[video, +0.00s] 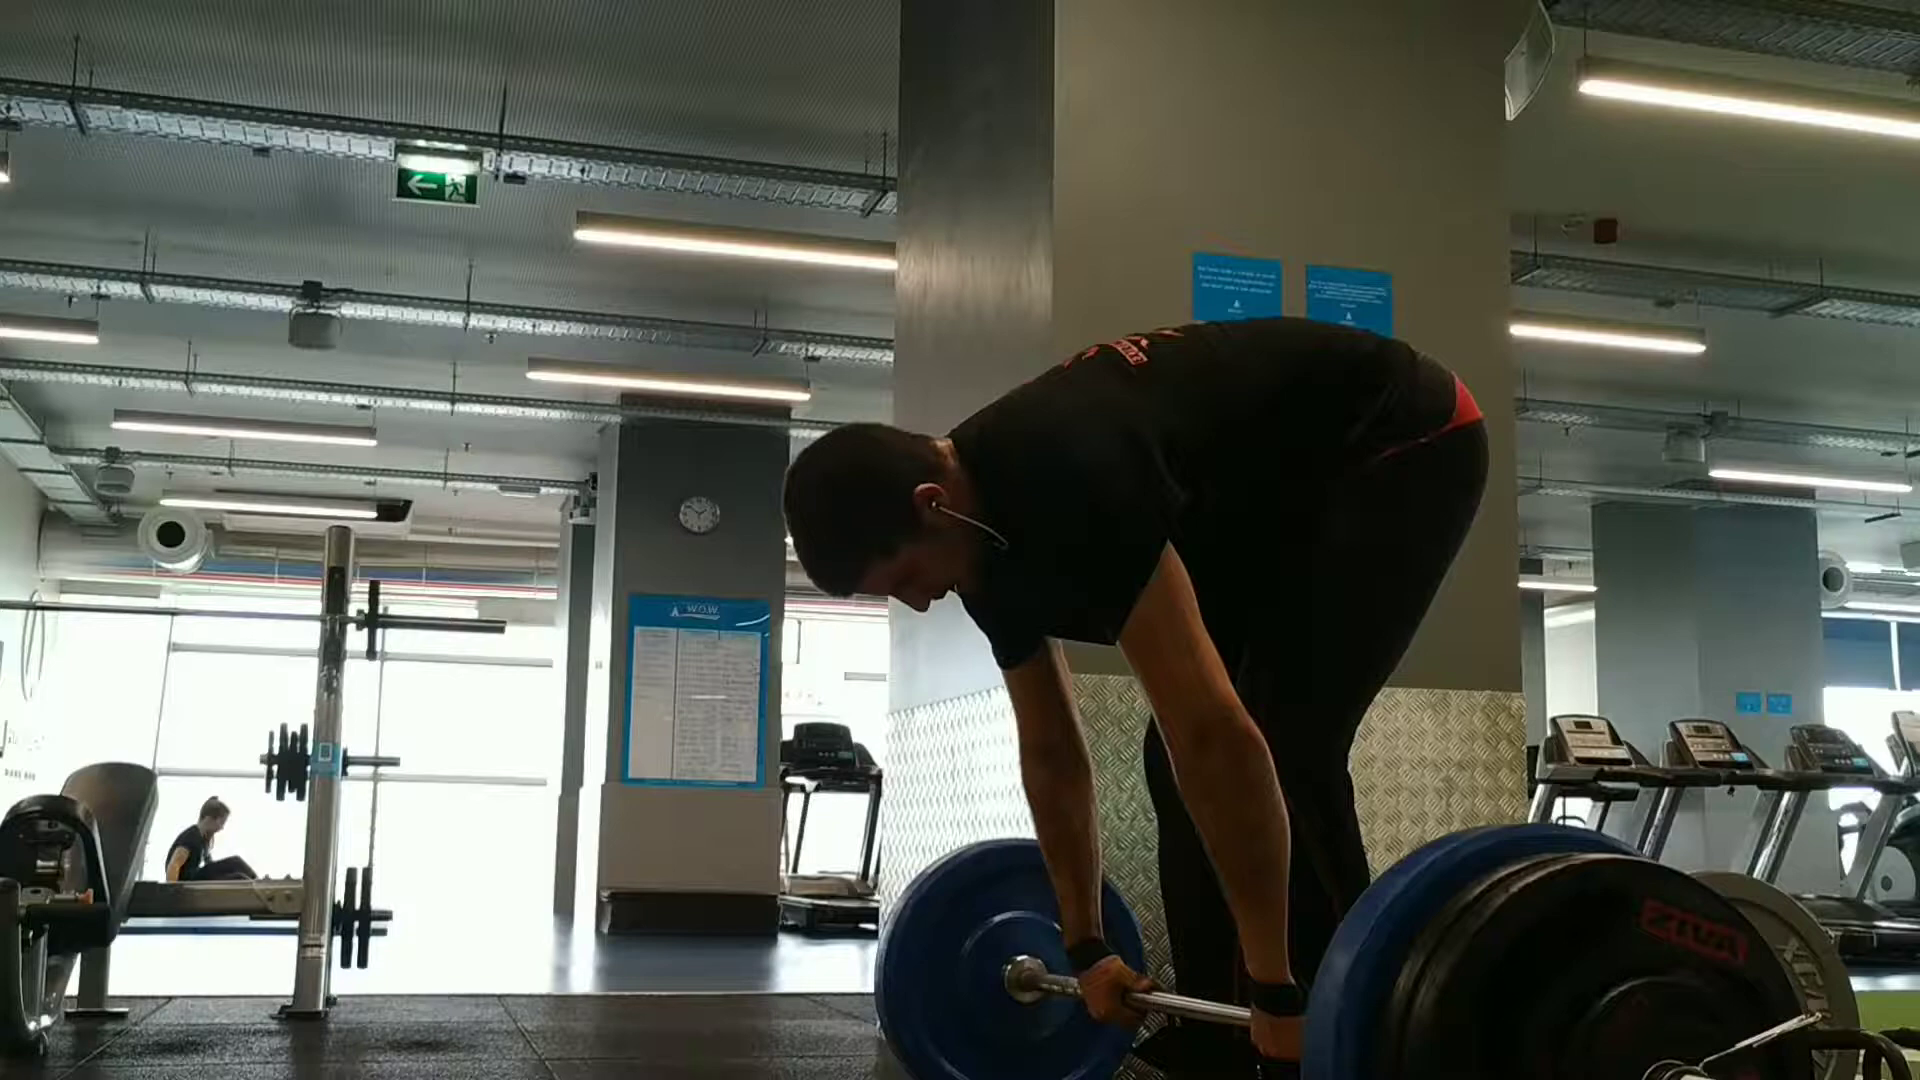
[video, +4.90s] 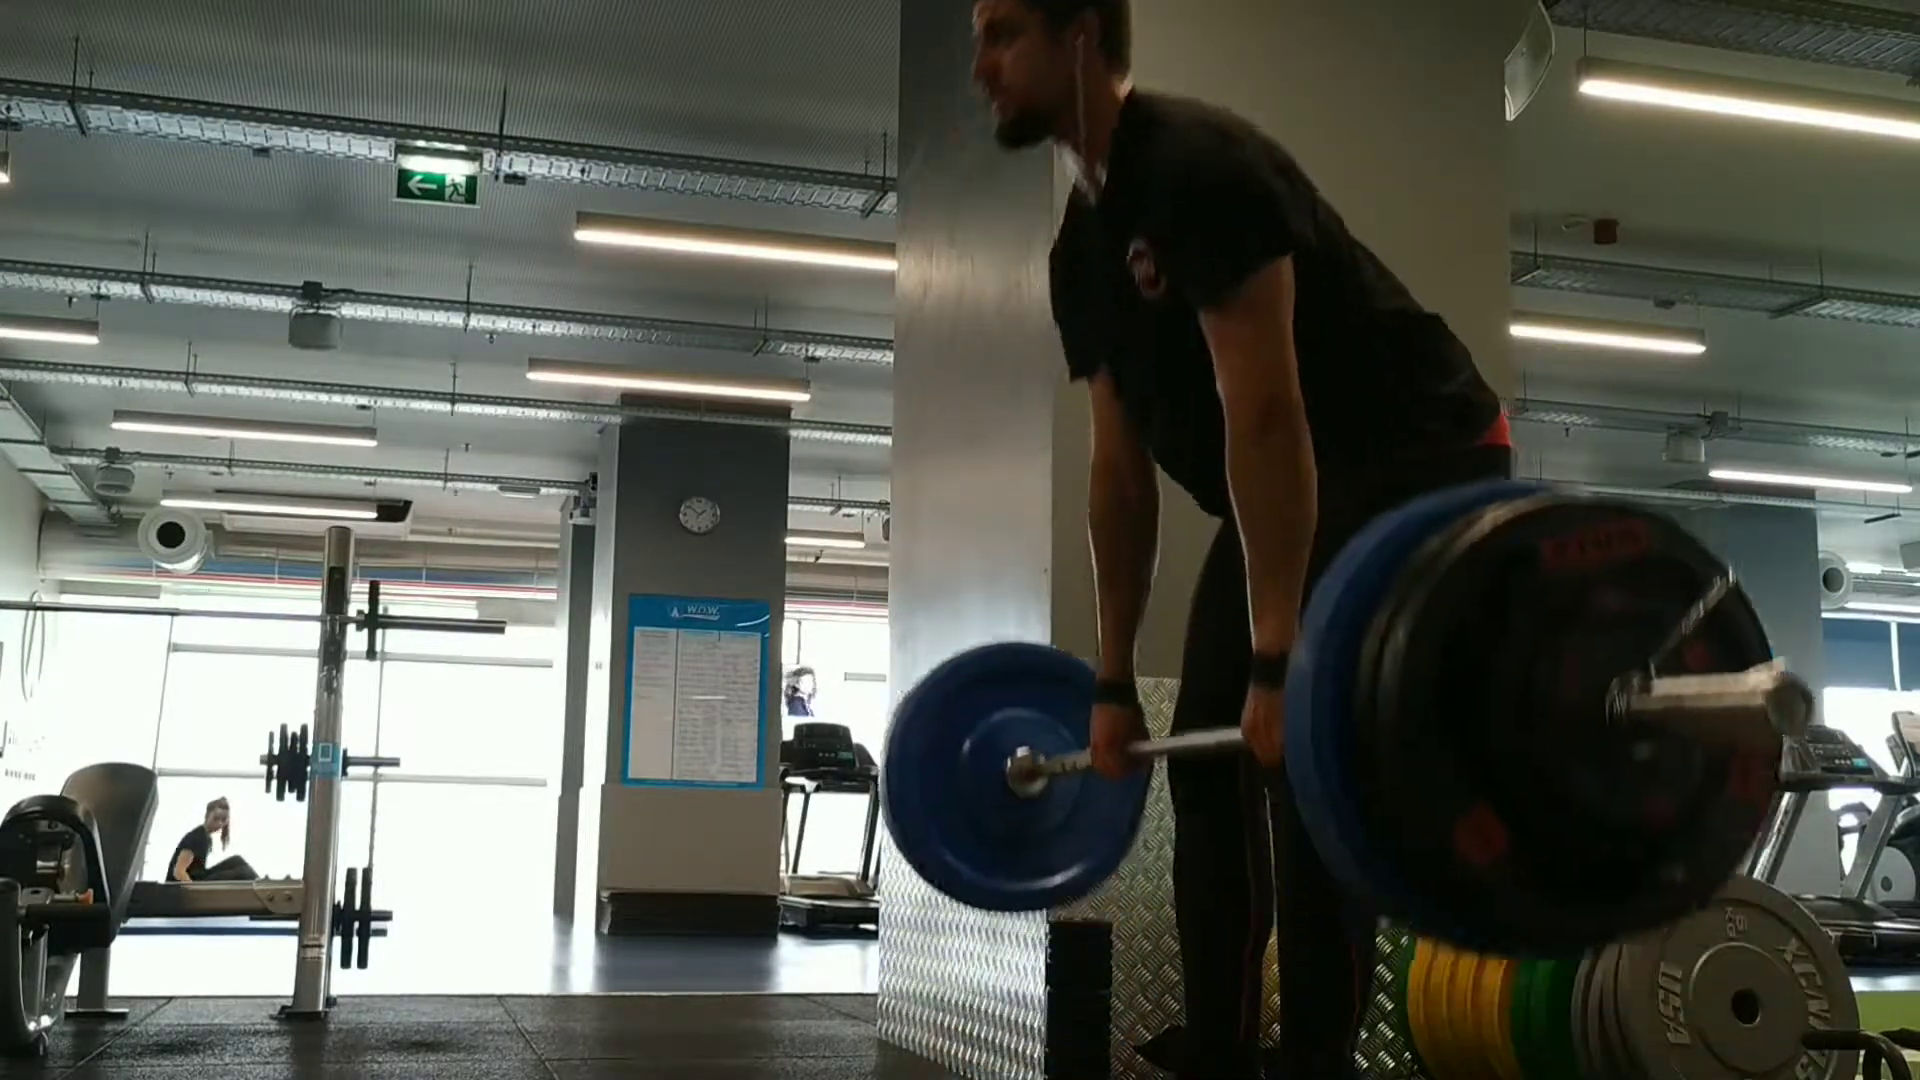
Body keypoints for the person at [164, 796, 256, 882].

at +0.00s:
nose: (222, 828)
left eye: (223, 823)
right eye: (221, 822)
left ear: (209, 819)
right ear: (208, 818)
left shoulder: (204, 837)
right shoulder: (192, 836)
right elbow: (174, 866)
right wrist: (171, 891)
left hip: (194, 877)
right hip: (186, 881)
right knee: (234, 862)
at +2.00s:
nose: (215, 822)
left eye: (216, 819)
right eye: (215, 818)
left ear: (198, 811)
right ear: (210, 816)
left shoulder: (188, 831)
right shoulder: (194, 833)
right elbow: (181, 867)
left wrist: (170, 891)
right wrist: (171, 892)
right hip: (191, 878)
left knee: (237, 871)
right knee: (238, 871)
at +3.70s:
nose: (220, 821)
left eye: (221, 817)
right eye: (218, 816)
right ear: (205, 813)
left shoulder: (201, 835)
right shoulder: (191, 835)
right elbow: (178, 865)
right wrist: (183, 891)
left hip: (195, 880)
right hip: (187, 884)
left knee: (239, 873)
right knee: (236, 861)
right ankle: (262, 887)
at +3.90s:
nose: (218, 821)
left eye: (219, 817)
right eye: (216, 816)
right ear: (202, 813)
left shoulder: (196, 834)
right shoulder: (192, 835)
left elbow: (192, 868)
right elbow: (190, 868)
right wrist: (197, 893)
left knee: (236, 861)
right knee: (241, 872)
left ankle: (263, 886)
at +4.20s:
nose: (222, 822)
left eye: (223, 818)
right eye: (219, 817)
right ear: (206, 814)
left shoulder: (200, 836)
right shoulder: (196, 836)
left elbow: (196, 870)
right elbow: (194, 870)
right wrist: (202, 895)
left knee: (236, 861)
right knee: (242, 871)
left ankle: (261, 885)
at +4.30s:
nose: (222, 823)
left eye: (224, 819)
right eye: (220, 818)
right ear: (207, 815)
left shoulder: (202, 838)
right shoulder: (196, 838)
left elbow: (197, 873)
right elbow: (194, 874)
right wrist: (204, 897)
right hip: (181, 887)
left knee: (236, 861)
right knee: (241, 871)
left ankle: (262, 886)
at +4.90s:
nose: (219, 824)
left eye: (223, 820)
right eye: (216, 818)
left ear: (227, 822)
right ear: (207, 815)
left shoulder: (205, 838)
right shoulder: (197, 838)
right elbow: (179, 872)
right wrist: (195, 891)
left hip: (198, 877)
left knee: (236, 861)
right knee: (241, 871)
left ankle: (261, 886)